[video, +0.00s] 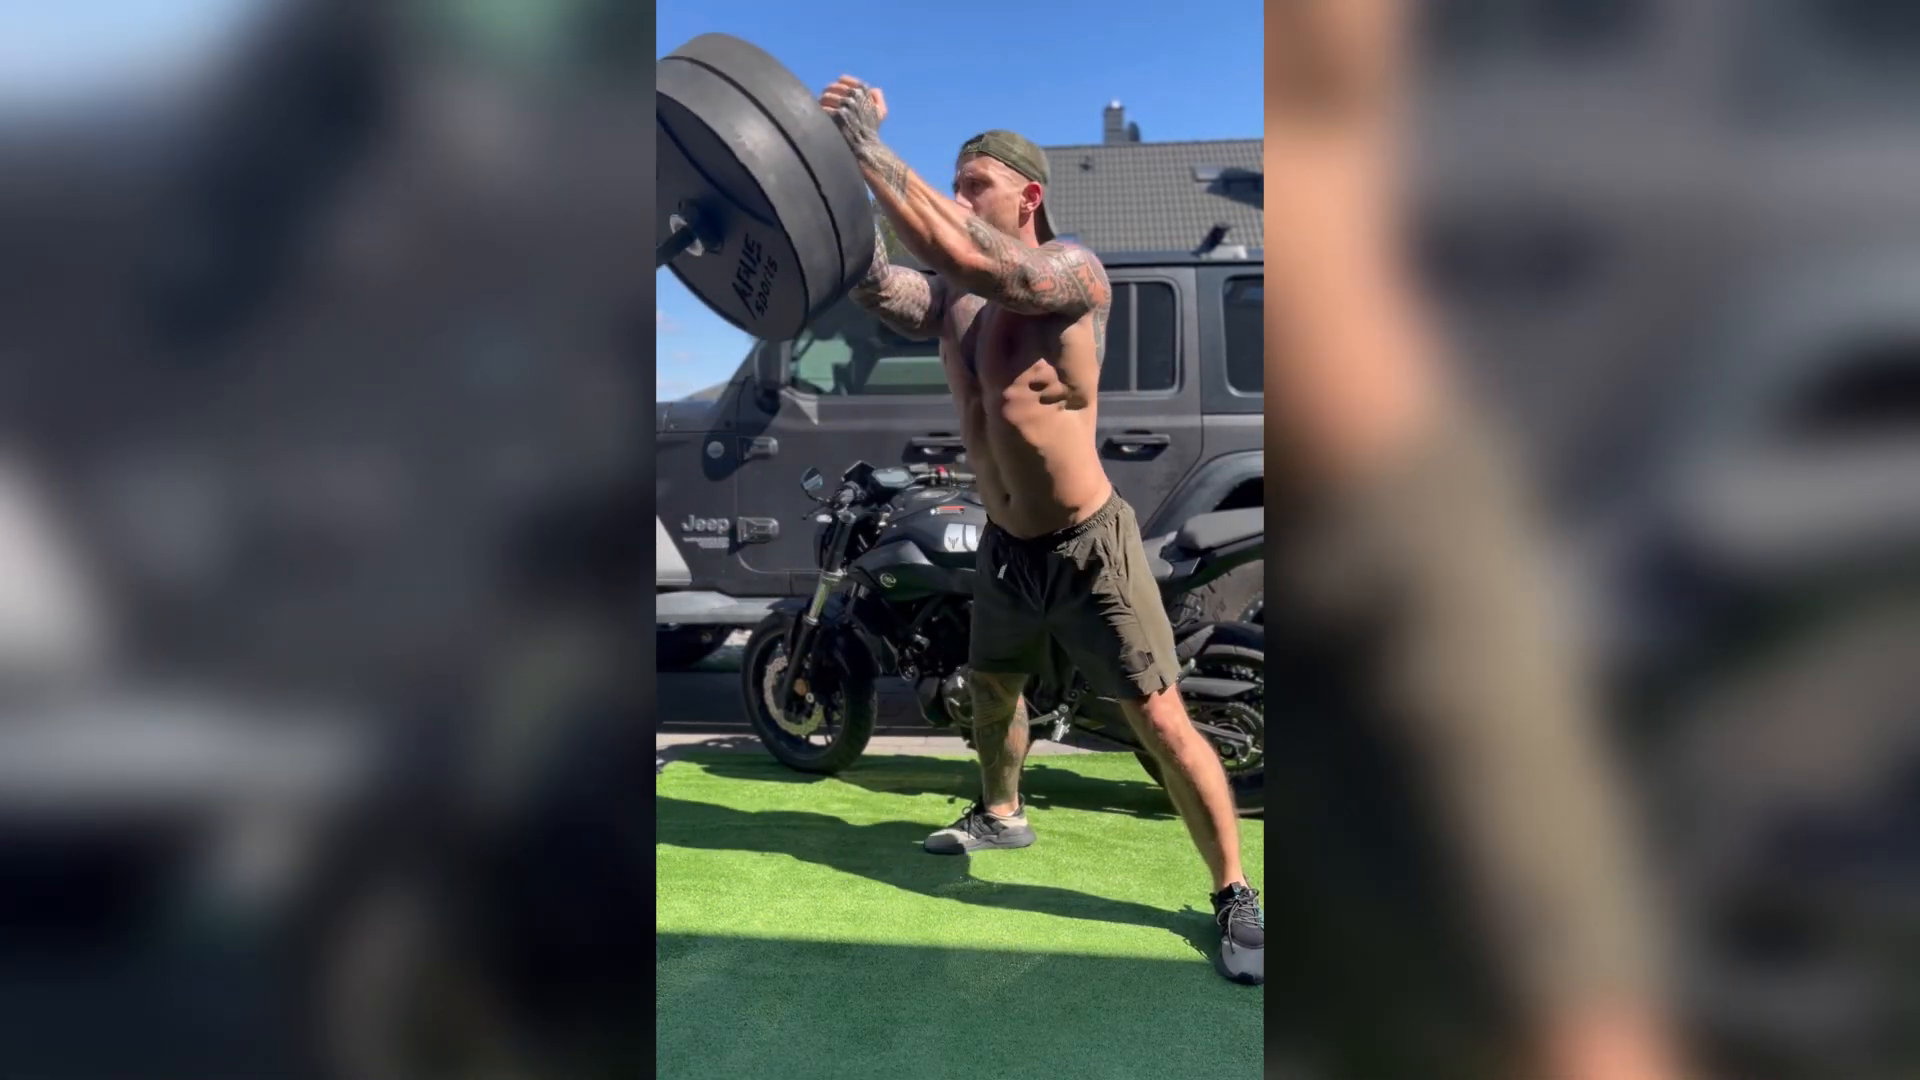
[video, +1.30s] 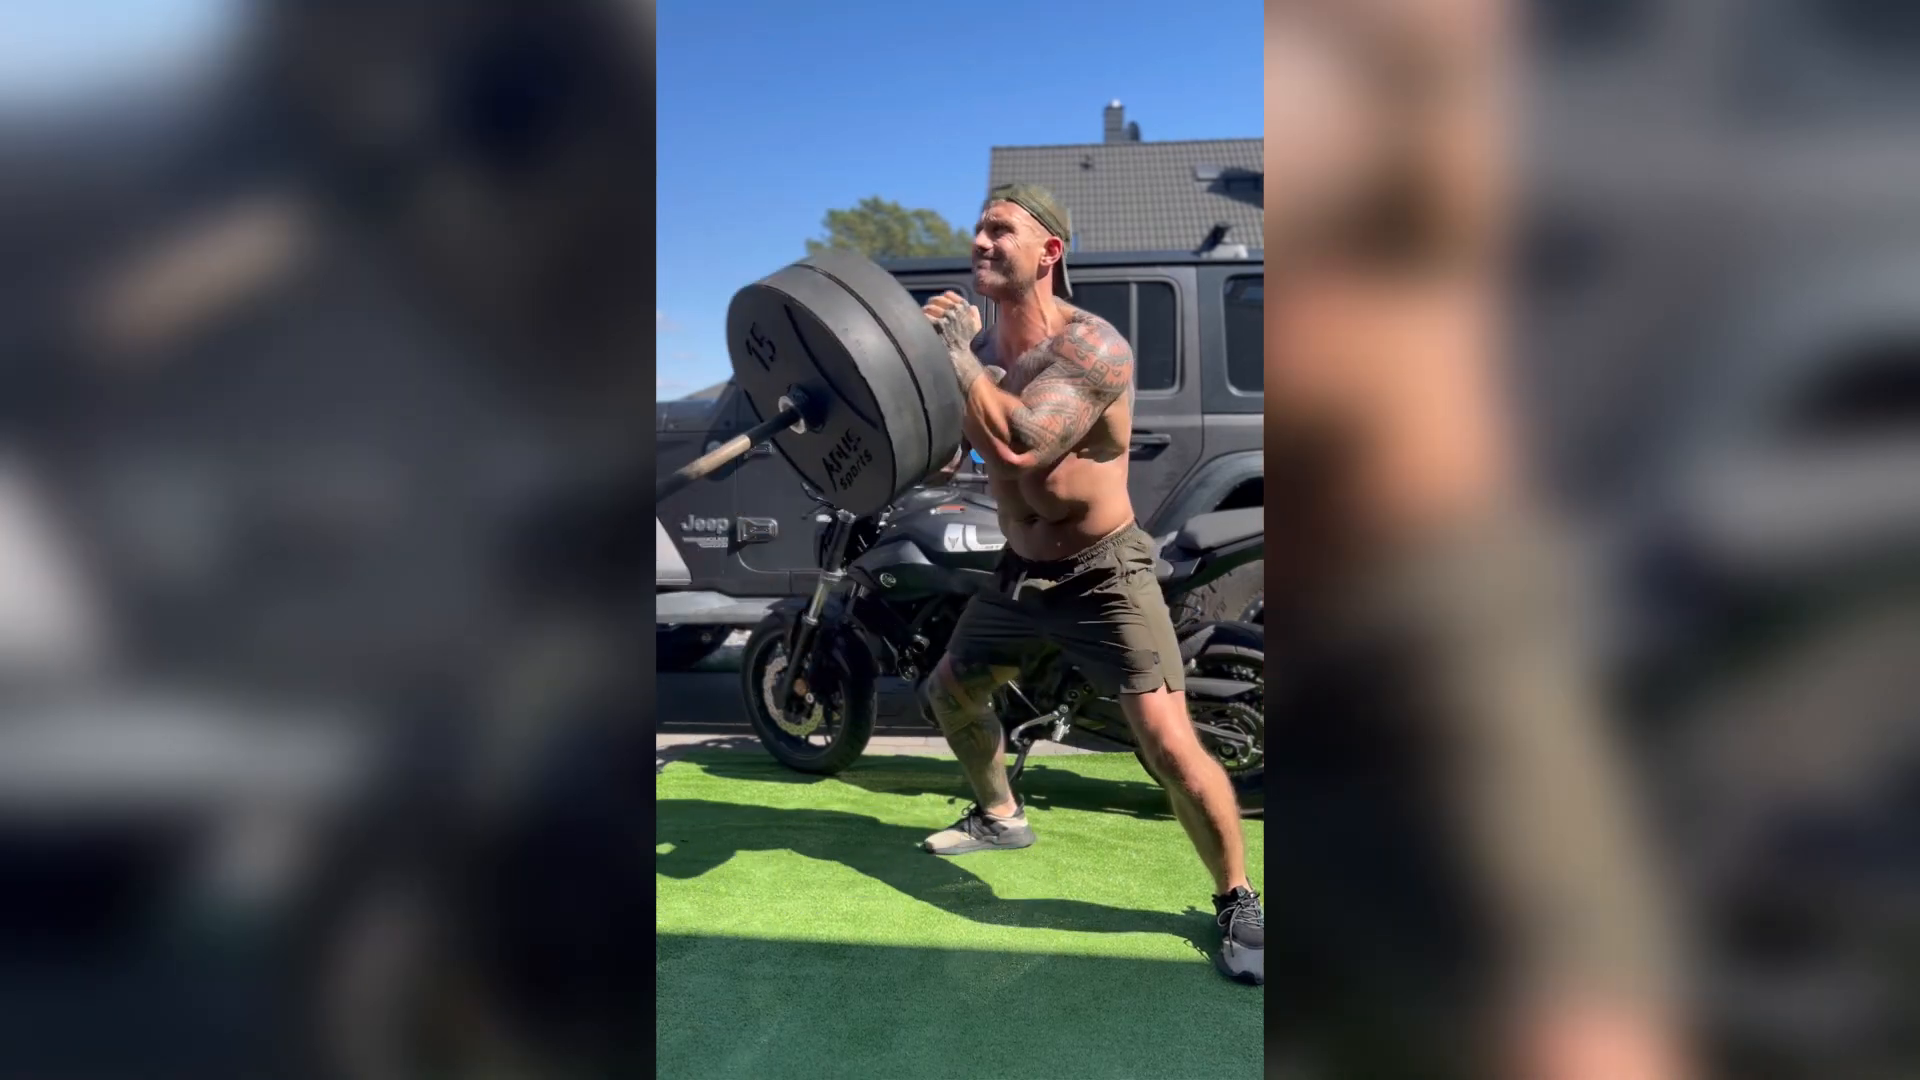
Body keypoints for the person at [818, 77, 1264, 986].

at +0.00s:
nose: (959, 201)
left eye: (975, 185)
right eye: (953, 187)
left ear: (1031, 195)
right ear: (958, 200)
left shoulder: (1074, 272)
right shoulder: (950, 292)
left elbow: (971, 257)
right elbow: (870, 281)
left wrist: (869, 151)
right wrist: (817, 192)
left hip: (1091, 539)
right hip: (1007, 547)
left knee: (1159, 720)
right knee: (993, 693)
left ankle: (1234, 894)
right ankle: (1000, 816)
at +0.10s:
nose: (991, 203)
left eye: (1008, 189)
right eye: (987, 191)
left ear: (1060, 204)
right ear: (990, 209)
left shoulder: (1100, 292)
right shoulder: (974, 299)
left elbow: (1004, 324)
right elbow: (910, 350)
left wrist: (916, 233)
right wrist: (841, 289)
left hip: (1096, 542)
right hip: (1011, 545)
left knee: (1156, 720)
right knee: (982, 692)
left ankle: (1234, 895)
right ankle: (1001, 817)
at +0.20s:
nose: (998, 239)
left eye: (1016, 227)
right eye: (996, 227)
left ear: (1066, 243)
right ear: (997, 247)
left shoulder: (1109, 333)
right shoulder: (997, 341)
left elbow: (1029, 416)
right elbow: (944, 430)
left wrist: (955, 324)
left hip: (1113, 565)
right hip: (1025, 566)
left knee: (1162, 734)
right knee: (963, 694)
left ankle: (1236, 897)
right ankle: (1003, 818)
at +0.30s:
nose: (1001, 298)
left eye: (1019, 286)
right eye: (999, 287)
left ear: (1068, 302)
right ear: (999, 304)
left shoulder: (1112, 393)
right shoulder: (1004, 396)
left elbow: (1051, 501)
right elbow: (961, 510)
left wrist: (984, 414)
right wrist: (934, 422)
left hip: (1129, 594)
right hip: (1042, 596)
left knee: (1165, 742)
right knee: (947, 695)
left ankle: (1237, 899)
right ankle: (1001, 818)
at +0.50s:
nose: (997, 417)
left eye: (1015, 406)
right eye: (995, 405)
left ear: (1062, 422)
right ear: (990, 414)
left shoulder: (1118, 505)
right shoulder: (998, 503)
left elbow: (1078, 637)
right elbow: (966, 588)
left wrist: (1017, 553)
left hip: (1153, 654)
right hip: (1059, 654)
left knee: (1166, 749)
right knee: (951, 697)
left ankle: (1236, 900)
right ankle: (999, 819)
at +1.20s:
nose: (982, 308)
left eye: (1000, 298)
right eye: (981, 297)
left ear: (1049, 318)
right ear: (981, 314)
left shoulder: (1102, 407)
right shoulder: (986, 401)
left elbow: (1040, 527)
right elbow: (947, 482)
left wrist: (987, 437)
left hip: (1128, 595)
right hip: (1040, 594)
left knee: (1166, 742)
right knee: (945, 693)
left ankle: (1238, 899)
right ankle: (999, 816)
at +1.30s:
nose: (980, 243)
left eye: (999, 231)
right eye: (978, 231)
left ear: (1049, 248)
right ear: (976, 248)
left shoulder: (1097, 347)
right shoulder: (981, 340)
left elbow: (1022, 442)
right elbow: (944, 446)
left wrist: (958, 354)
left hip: (1105, 565)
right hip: (1020, 569)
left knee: (1165, 737)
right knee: (952, 693)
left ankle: (1238, 899)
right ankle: (1002, 818)